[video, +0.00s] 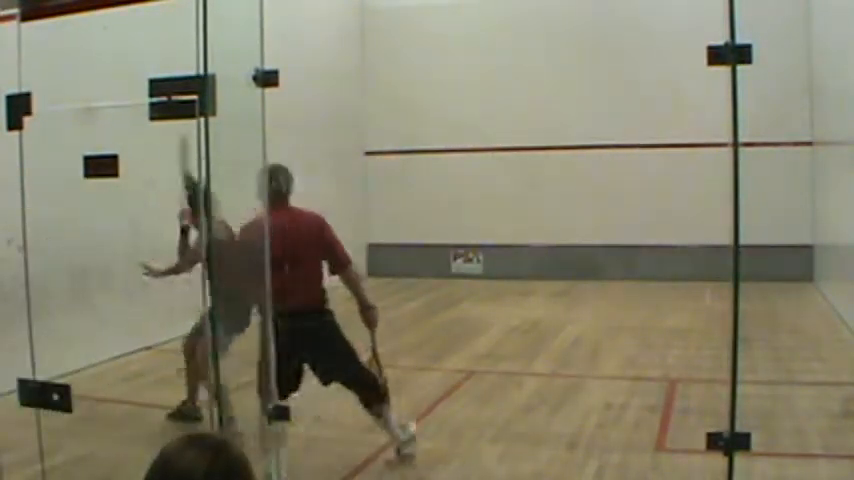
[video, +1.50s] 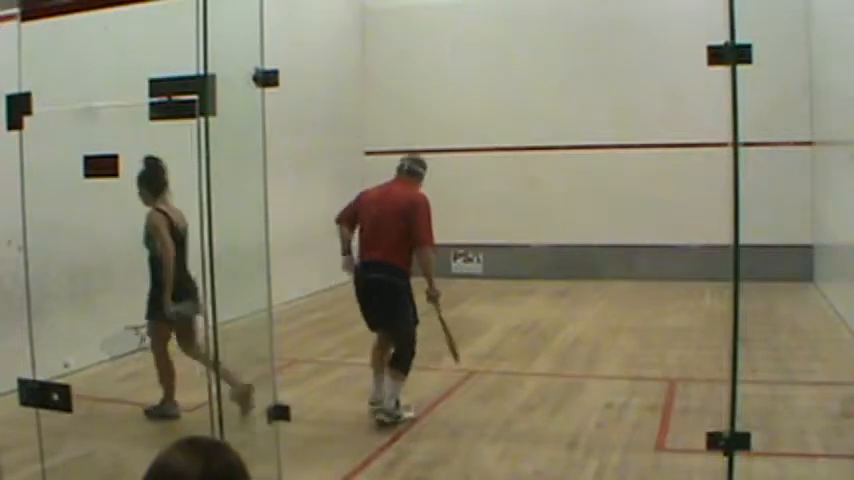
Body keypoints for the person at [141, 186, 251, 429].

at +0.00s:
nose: (188, 212)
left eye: (190, 208)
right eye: (189, 207)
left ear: (196, 208)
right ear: (208, 204)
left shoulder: (213, 232)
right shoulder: (212, 229)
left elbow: (187, 264)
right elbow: (185, 260)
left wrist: (161, 274)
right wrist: (184, 231)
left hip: (232, 308)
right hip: (222, 305)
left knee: (202, 353)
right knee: (190, 346)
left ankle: (225, 413)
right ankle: (191, 404)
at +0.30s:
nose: (179, 208)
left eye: (179, 204)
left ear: (179, 208)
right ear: (201, 204)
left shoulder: (182, 235)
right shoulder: (220, 231)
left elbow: (179, 276)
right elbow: (240, 268)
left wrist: (172, 314)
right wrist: (257, 296)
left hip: (203, 307)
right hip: (226, 304)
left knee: (187, 364)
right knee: (198, 354)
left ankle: (224, 411)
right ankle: (191, 403)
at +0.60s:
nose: (197, 191)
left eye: (196, 186)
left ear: (198, 188)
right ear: (222, 185)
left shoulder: (195, 221)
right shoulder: (238, 219)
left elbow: (189, 265)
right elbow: (253, 260)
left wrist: (184, 299)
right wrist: (261, 292)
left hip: (213, 297)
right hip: (240, 294)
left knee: (219, 355)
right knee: (221, 352)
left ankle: (234, 417)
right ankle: (222, 402)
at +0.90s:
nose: (208, 186)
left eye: (207, 181)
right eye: (214, 179)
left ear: (208, 183)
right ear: (232, 179)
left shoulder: (210, 215)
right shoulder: (248, 215)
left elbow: (206, 260)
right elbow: (254, 257)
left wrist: (201, 298)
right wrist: (255, 290)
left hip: (221, 298)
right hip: (249, 294)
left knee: (220, 356)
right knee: (251, 354)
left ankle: (236, 413)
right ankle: (265, 405)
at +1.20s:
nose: (188, 192)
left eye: (189, 186)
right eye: (190, 186)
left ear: (191, 188)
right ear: (212, 183)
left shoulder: (197, 216)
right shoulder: (227, 215)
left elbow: (204, 257)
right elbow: (230, 258)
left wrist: (202, 294)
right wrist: (222, 284)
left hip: (206, 292)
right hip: (233, 290)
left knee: (194, 344)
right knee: (244, 345)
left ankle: (196, 405)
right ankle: (265, 404)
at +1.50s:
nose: (139, 195)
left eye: (140, 190)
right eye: (139, 190)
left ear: (145, 190)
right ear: (164, 187)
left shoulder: (155, 217)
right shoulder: (176, 215)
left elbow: (169, 256)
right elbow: (179, 258)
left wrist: (167, 297)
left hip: (163, 294)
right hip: (185, 290)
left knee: (159, 346)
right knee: (189, 345)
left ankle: (168, 401)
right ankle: (238, 387)